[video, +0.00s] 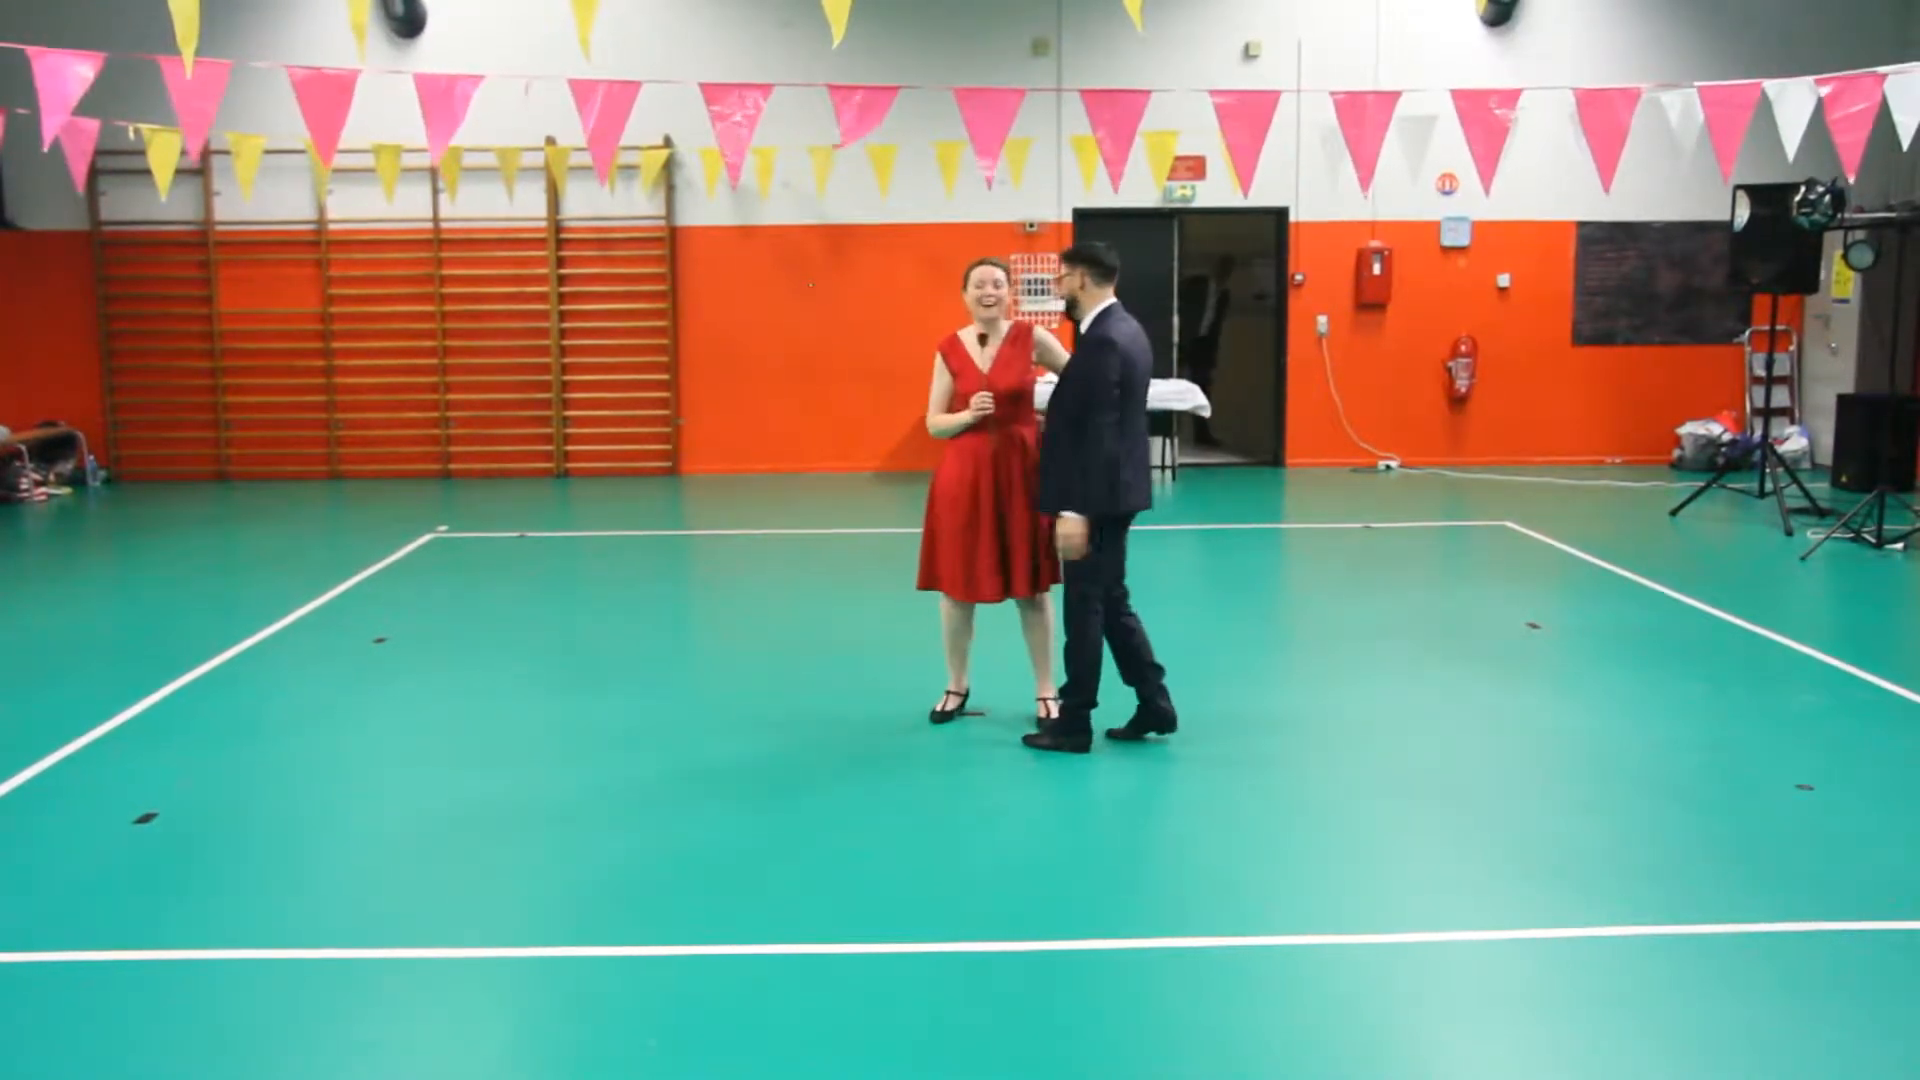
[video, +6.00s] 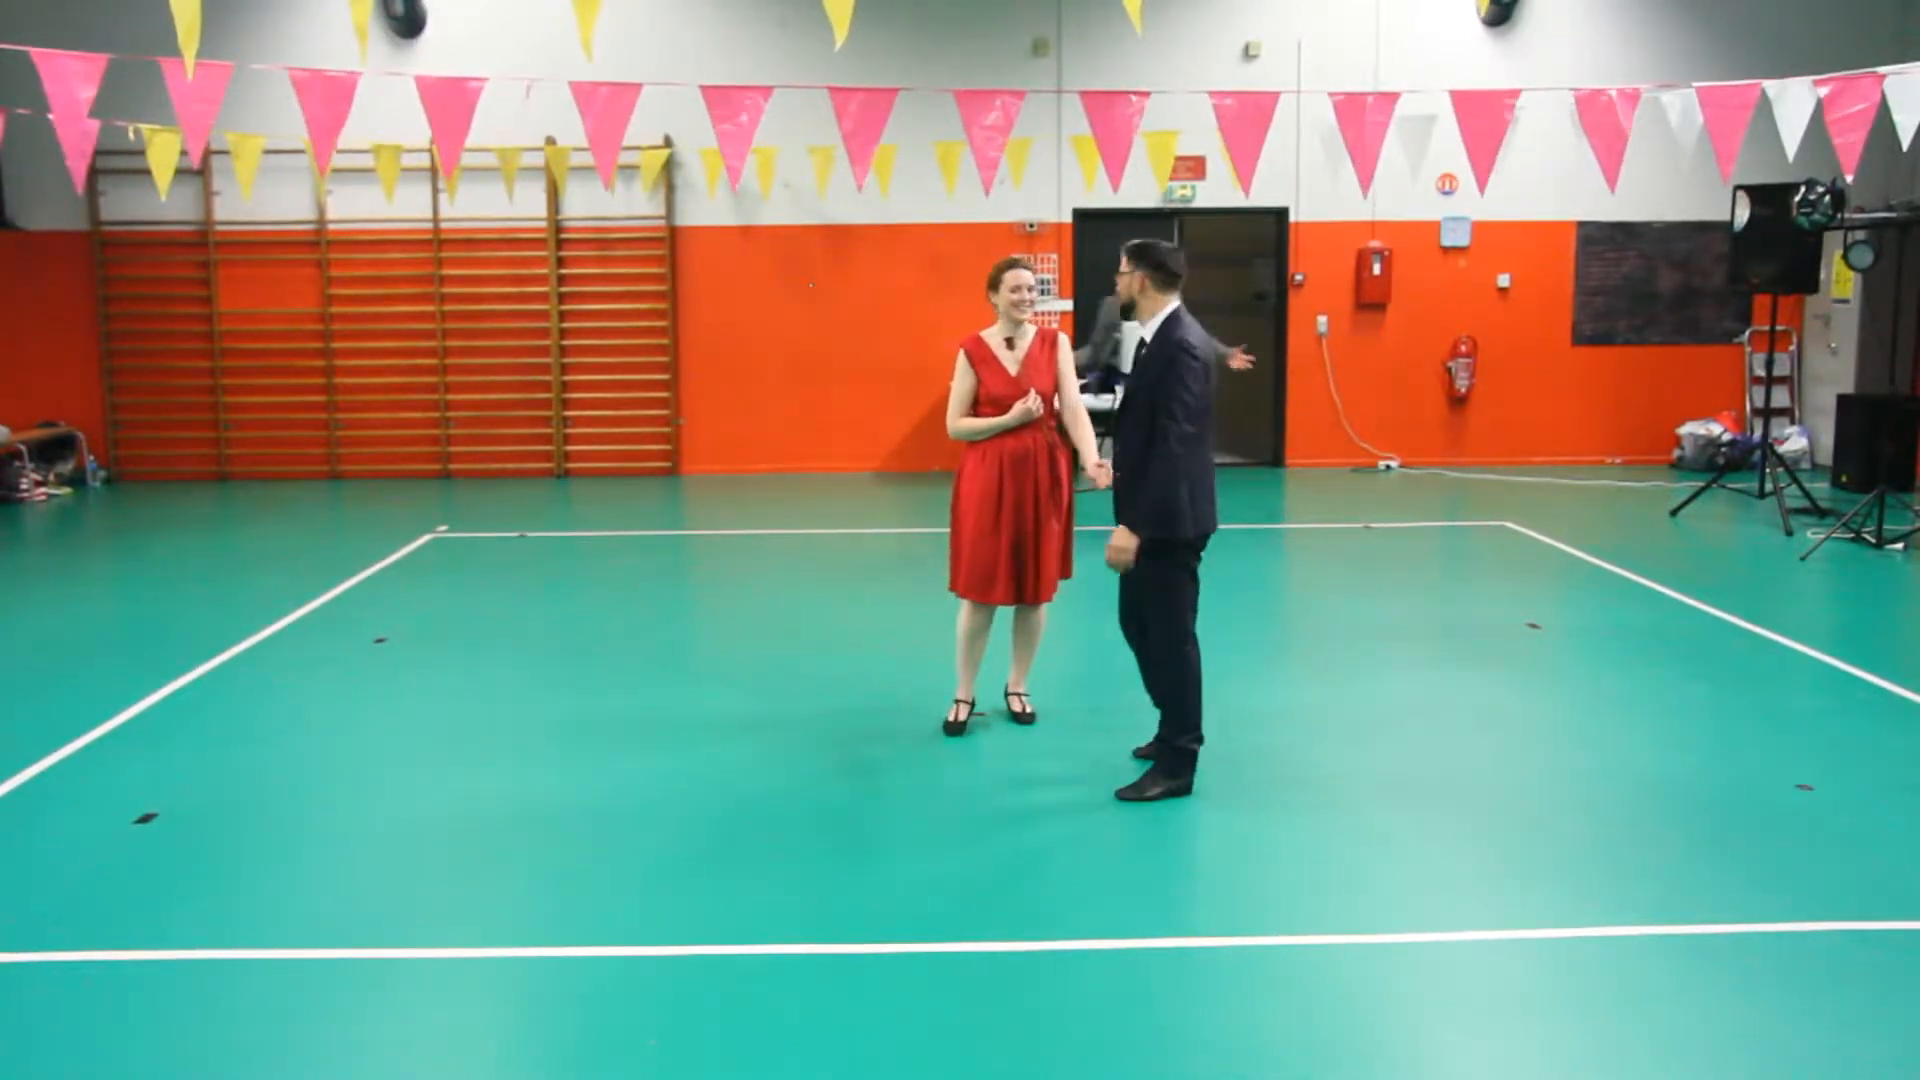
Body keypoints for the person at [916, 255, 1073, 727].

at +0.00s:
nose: (989, 292)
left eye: (997, 285)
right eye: (980, 286)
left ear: (1010, 292)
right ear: (965, 295)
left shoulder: (1031, 338)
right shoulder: (951, 349)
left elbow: (1082, 379)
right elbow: (934, 423)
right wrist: (968, 414)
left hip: (1021, 470)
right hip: (965, 473)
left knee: (1031, 590)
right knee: (956, 587)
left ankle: (1046, 691)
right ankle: (956, 686)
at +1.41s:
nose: (957, 295)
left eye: (964, 289)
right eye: (947, 287)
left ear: (971, 299)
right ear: (926, 295)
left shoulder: (987, 342)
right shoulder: (907, 348)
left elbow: (1035, 401)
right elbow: (894, 424)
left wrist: (1084, 450)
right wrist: (898, 403)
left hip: (976, 469)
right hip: (925, 470)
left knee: (991, 585)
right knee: (936, 587)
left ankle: (1018, 686)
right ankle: (955, 688)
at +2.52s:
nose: (989, 297)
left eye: (998, 291)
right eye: (981, 289)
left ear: (1011, 300)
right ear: (966, 296)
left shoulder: (1030, 341)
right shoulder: (958, 350)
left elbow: (1055, 414)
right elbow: (953, 425)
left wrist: (1073, 482)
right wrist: (962, 411)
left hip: (1029, 469)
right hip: (981, 470)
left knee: (1026, 587)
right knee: (966, 586)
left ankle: (1021, 691)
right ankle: (957, 687)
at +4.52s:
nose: (994, 298)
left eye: (993, 291)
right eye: (986, 291)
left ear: (979, 295)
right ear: (959, 296)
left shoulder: (995, 340)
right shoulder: (925, 348)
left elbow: (1028, 401)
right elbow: (905, 423)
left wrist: (1071, 444)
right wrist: (970, 417)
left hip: (989, 475)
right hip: (939, 478)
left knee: (1004, 584)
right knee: (943, 586)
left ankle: (1016, 687)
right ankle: (950, 682)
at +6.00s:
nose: (1026, 297)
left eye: (1031, 290)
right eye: (1016, 290)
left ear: (1037, 296)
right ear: (994, 297)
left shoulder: (1055, 344)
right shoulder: (973, 351)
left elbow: (1073, 408)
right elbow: (956, 425)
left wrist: (1091, 457)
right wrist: (1009, 418)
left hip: (1042, 478)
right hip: (988, 479)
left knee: (1034, 592)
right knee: (980, 593)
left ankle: (1018, 688)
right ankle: (963, 694)